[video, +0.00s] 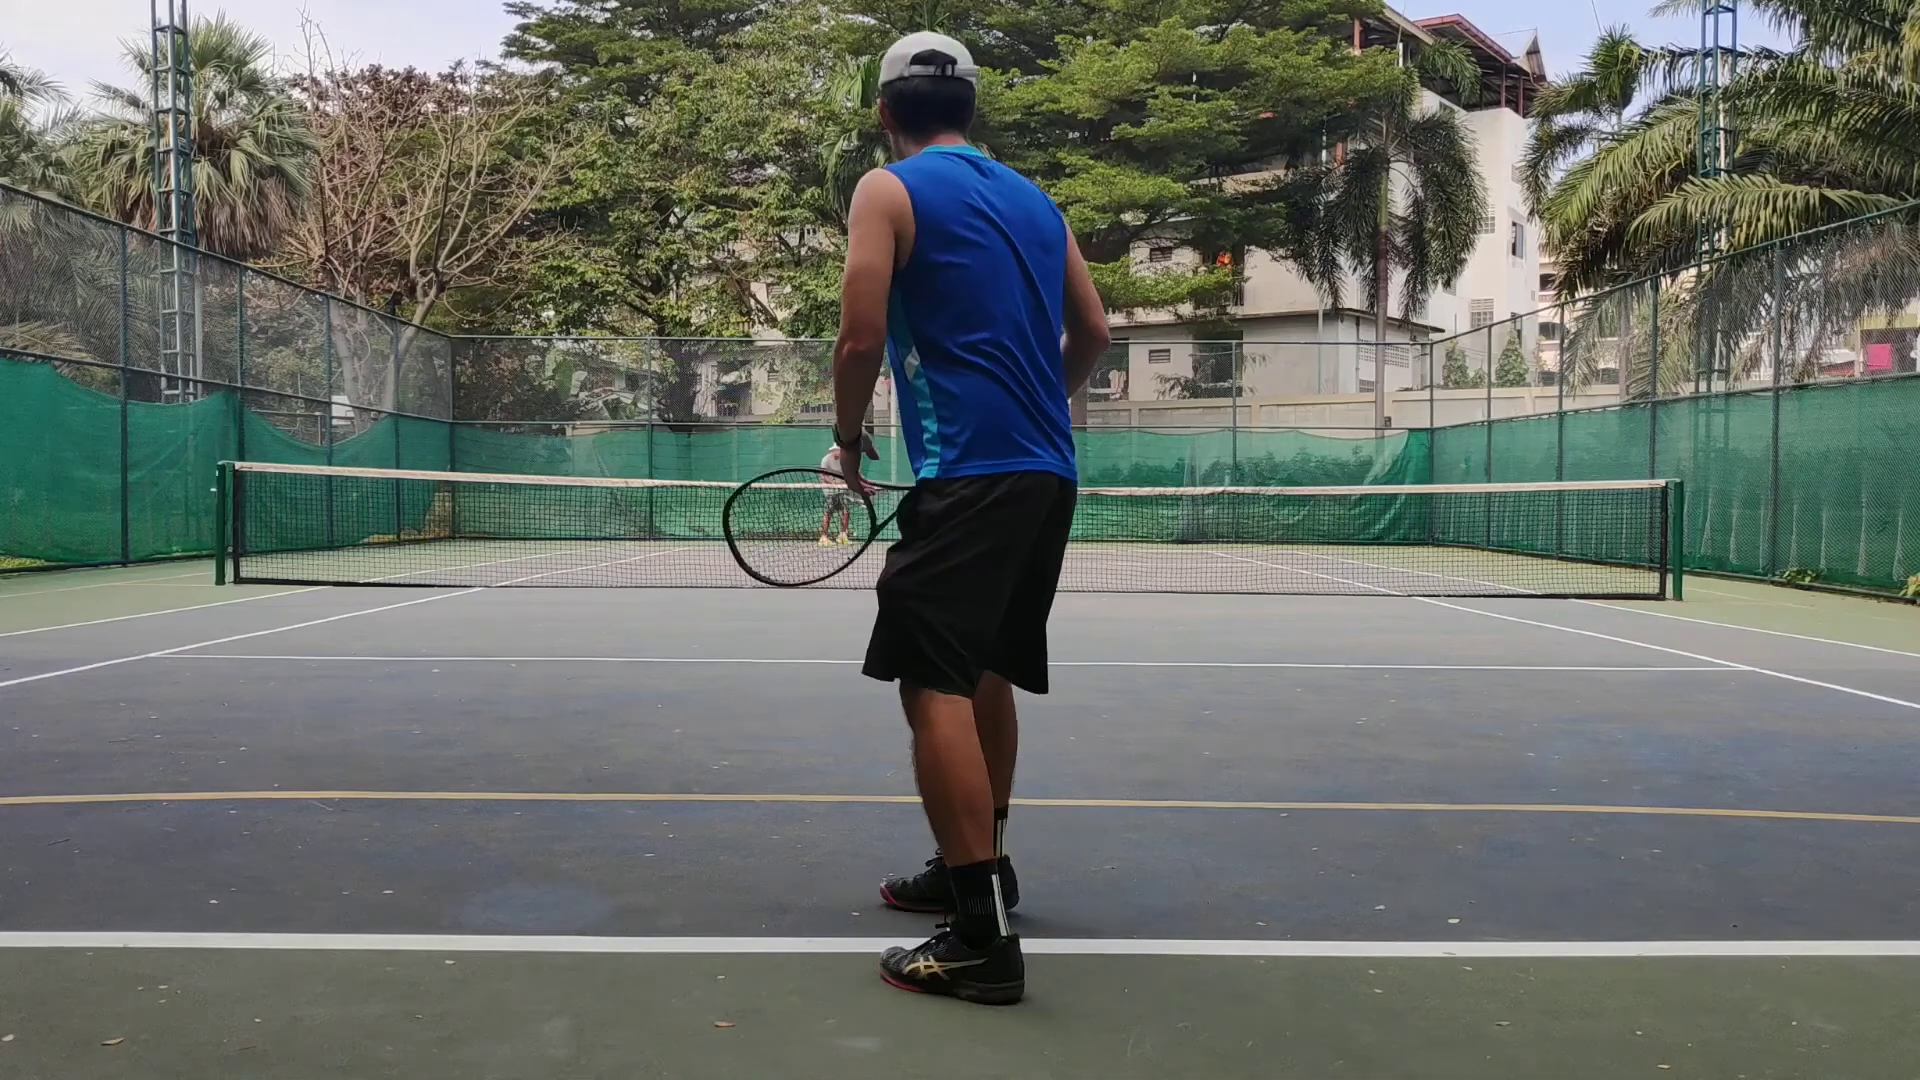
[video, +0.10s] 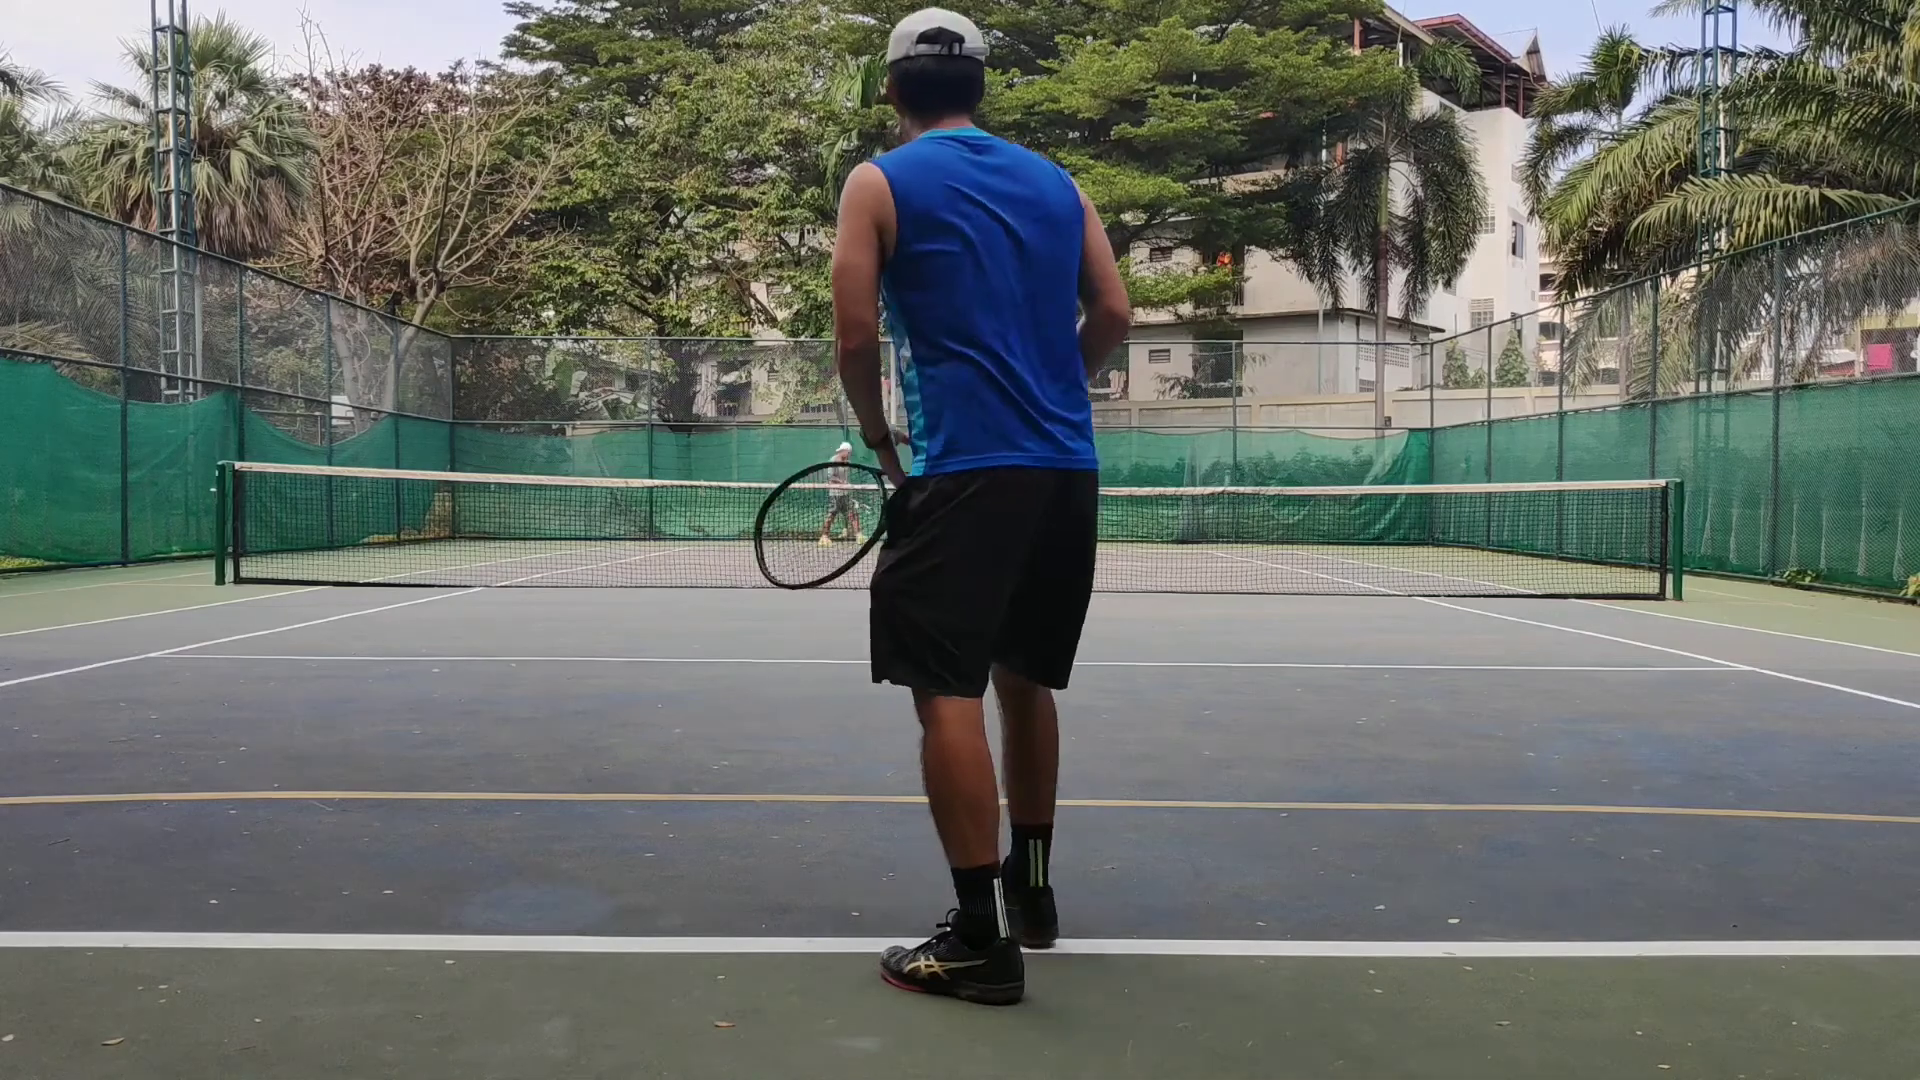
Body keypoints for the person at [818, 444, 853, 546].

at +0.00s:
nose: (839, 454)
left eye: (841, 451)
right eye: (838, 451)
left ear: (843, 452)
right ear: (833, 451)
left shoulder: (845, 460)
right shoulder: (826, 460)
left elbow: (851, 474)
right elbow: (824, 475)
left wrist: (847, 482)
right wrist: (833, 482)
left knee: (846, 512)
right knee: (828, 512)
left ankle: (843, 534)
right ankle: (824, 536)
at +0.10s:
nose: (847, 455)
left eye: (848, 453)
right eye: (846, 452)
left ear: (848, 453)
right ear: (842, 451)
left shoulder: (846, 462)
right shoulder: (833, 461)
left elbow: (844, 476)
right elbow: (831, 478)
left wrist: (847, 484)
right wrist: (842, 482)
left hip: (844, 492)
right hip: (835, 492)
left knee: (852, 513)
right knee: (832, 514)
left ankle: (858, 534)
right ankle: (824, 535)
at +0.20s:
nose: (855, 454)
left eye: (856, 452)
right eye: (853, 452)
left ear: (855, 453)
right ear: (848, 451)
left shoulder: (852, 462)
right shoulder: (841, 461)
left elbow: (850, 476)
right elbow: (837, 476)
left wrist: (856, 484)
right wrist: (849, 482)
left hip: (852, 489)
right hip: (843, 489)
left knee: (859, 513)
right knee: (840, 515)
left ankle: (863, 537)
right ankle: (826, 535)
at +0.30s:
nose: (861, 453)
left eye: (862, 452)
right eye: (859, 451)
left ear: (862, 452)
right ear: (854, 451)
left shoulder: (860, 461)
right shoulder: (847, 461)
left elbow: (858, 475)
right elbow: (843, 476)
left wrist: (863, 486)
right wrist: (855, 481)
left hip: (861, 492)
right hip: (851, 493)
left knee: (866, 515)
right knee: (851, 517)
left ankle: (865, 537)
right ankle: (835, 530)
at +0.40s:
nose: (867, 453)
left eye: (868, 450)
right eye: (865, 450)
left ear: (869, 451)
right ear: (860, 449)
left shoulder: (866, 460)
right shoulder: (853, 460)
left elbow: (864, 474)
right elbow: (847, 474)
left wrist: (869, 486)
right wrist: (859, 480)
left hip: (866, 488)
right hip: (857, 489)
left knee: (869, 514)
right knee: (864, 513)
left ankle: (865, 536)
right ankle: (847, 529)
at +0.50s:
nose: (873, 451)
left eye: (874, 449)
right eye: (871, 449)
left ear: (874, 450)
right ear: (866, 449)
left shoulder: (871, 460)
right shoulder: (860, 459)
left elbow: (870, 473)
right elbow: (852, 473)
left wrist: (874, 484)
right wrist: (863, 479)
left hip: (872, 488)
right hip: (864, 489)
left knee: (873, 513)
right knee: (874, 512)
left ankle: (866, 536)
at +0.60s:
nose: (878, 452)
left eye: (879, 450)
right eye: (876, 449)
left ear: (880, 450)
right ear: (872, 449)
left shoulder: (877, 460)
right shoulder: (866, 459)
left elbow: (876, 474)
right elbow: (859, 474)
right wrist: (870, 480)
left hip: (877, 489)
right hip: (869, 490)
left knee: (875, 513)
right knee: (879, 512)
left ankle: (866, 536)